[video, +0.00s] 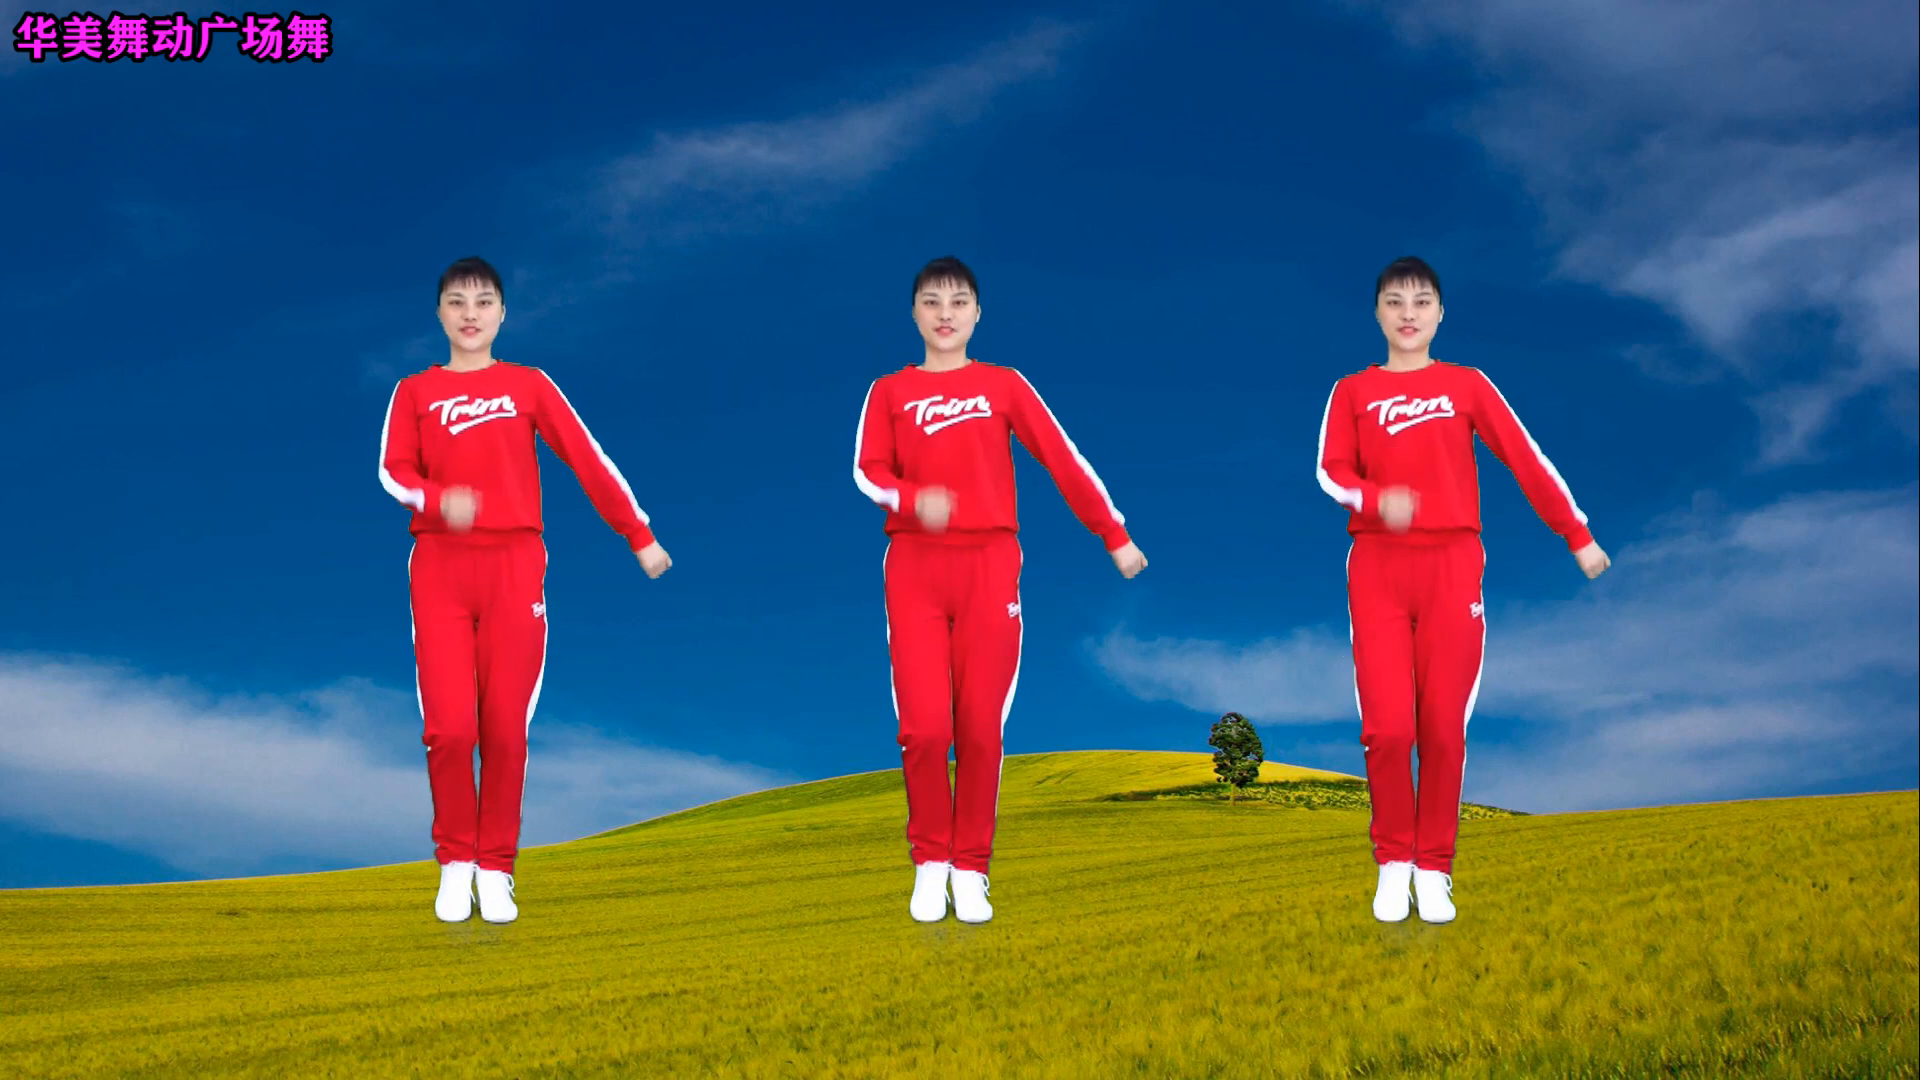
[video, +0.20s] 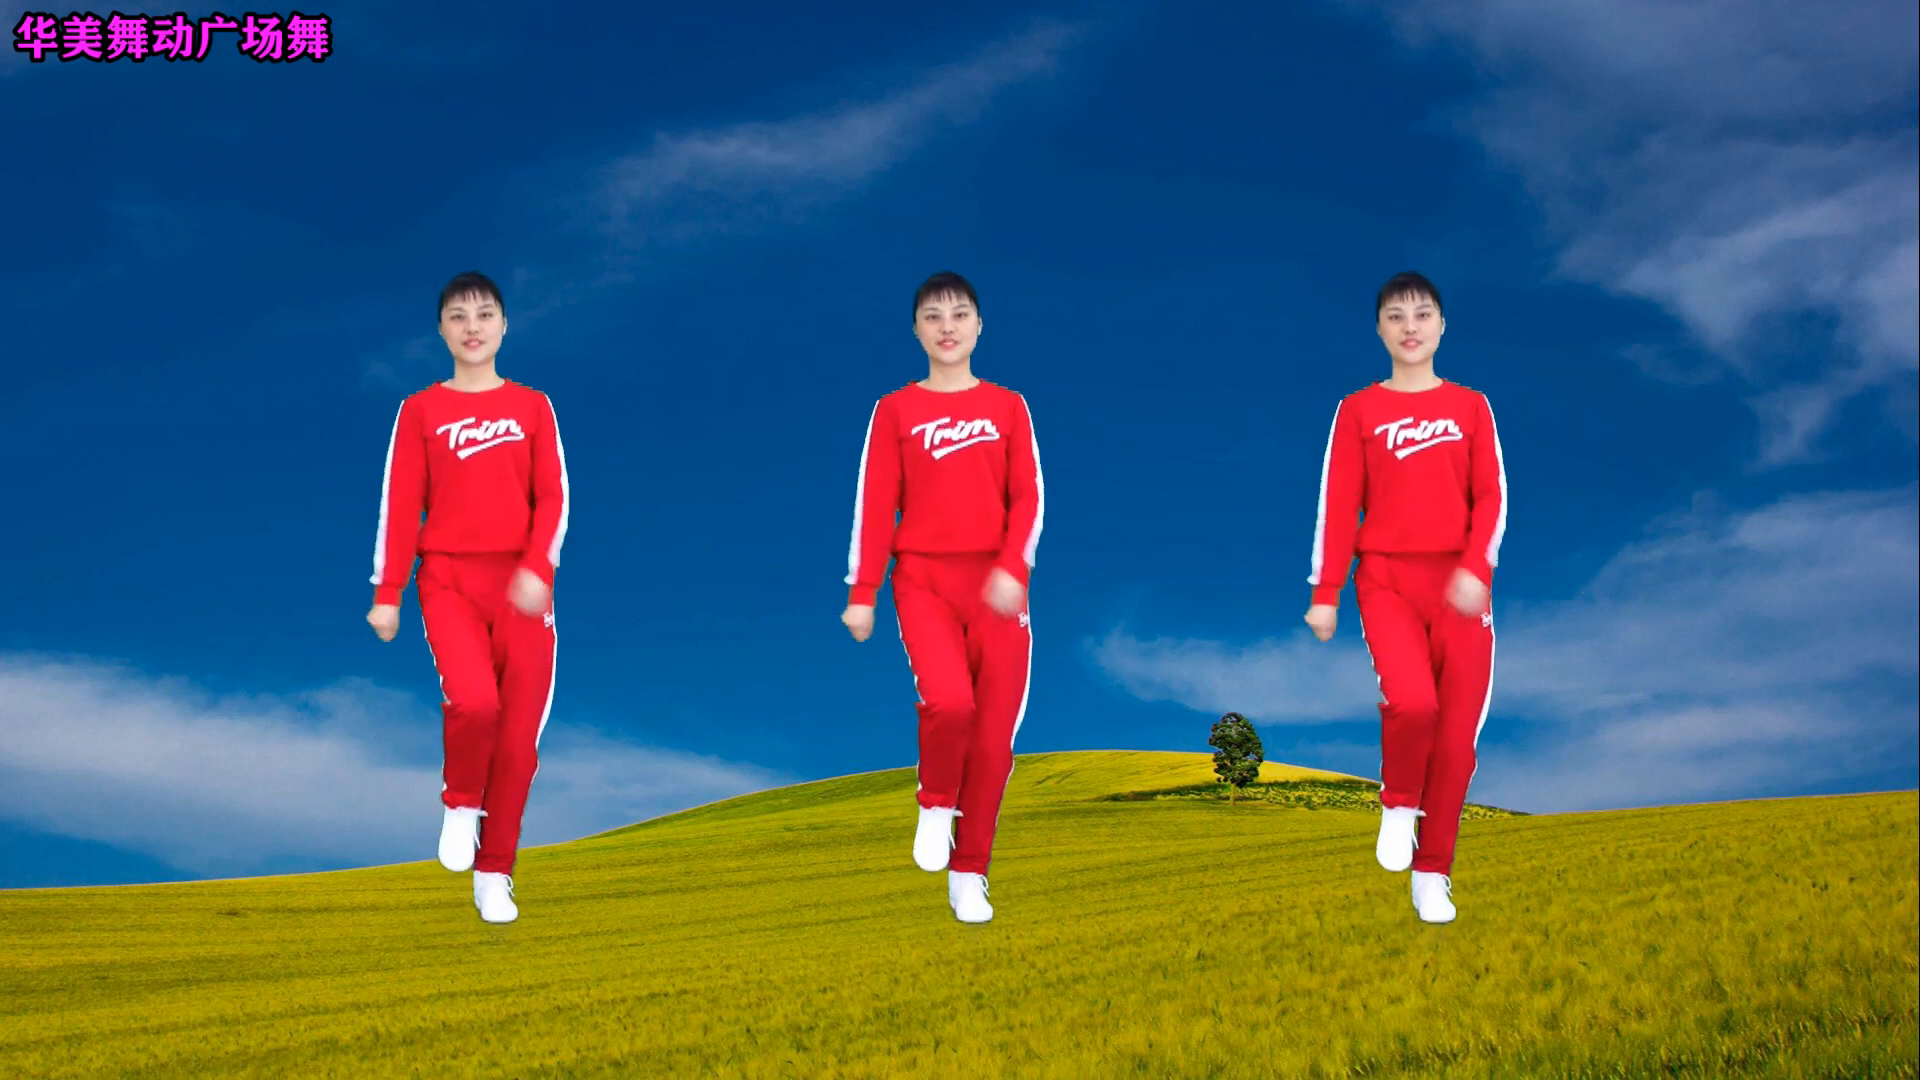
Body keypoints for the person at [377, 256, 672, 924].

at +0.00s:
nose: (470, 313)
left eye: (483, 302)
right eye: (457, 302)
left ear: (501, 313)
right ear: (440, 314)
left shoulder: (529, 385)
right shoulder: (413, 391)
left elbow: (590, 460)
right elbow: (393, 473)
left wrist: (641, 536)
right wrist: (436, 498)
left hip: (515, 569)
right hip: (439, 571)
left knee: (505, 725)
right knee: (448, 726)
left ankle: (496, 867)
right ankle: (455, 862)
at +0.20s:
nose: (473, 326)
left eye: (484, 315)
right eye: (459, 317)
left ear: (502, 325)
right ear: (444, 330)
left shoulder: (534, 406)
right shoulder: (420, 410)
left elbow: (554, 495)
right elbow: (400, 504)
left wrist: (538, 568)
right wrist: (388, 593)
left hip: (523, 579)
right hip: (447, 580)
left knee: (522, 731)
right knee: (475, 703)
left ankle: (496, 869)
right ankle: (462, 805)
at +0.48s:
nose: (471, 307)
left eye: (483, 296)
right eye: (457, 299)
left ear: (502, 308)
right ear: (442, 315)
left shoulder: (534, 386)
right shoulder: (417, 390)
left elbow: (565, 467)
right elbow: (350, 453)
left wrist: (517, 406)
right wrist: (287, 517)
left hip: (518, 562)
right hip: (442, 563)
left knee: (508, 723)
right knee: (455, 727)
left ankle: (497, 867)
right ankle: (456, 865)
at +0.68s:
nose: (468, 311)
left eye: (479, 300)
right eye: (454, 302)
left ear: (498, 311)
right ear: (437, 316)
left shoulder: (527, 388)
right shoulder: (411, 391)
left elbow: (534, 469)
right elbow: (359, 472)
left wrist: (461, 470)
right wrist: (313, 546)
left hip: (505, 565)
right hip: (430, 566)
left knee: (497, 726)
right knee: (442, 727)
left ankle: (494, 865)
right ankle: (455, 868)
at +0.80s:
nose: (463, 322)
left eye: (475, 312)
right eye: (450, 313)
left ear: (494, 324)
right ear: (434, 325)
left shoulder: (523, 401)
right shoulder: (408, 407)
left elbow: (524, 491)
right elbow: (392, 496)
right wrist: (382, 579)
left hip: (494, 581)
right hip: (422, 579)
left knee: (478, 721)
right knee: (430, 735)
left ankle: (493, 831)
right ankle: (453, 868)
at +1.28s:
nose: (465, 307)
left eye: (478, 298)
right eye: (451, 298)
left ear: (496, 314)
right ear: (434, 314)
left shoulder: (528, 388)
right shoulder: (408, 399)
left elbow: (587, 464)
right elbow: (381, 489)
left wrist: (643, 532)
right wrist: (431, 461)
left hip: (506, 570)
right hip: (430, 571)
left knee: (496, 731)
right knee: (441, 732)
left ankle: (494, 870)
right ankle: (455, 869)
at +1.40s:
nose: (467, 306)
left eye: (480, 296)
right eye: (455, 296)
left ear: (499, 309)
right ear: (438, 311)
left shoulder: (530, 385)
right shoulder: (415, 395)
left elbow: (565, 476)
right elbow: (406, 479)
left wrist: (591, 564)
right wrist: (437, 541)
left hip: (517, 567)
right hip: (441, 570)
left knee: (509, 727)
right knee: (451, 723)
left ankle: (498, 868)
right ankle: (457, 855)